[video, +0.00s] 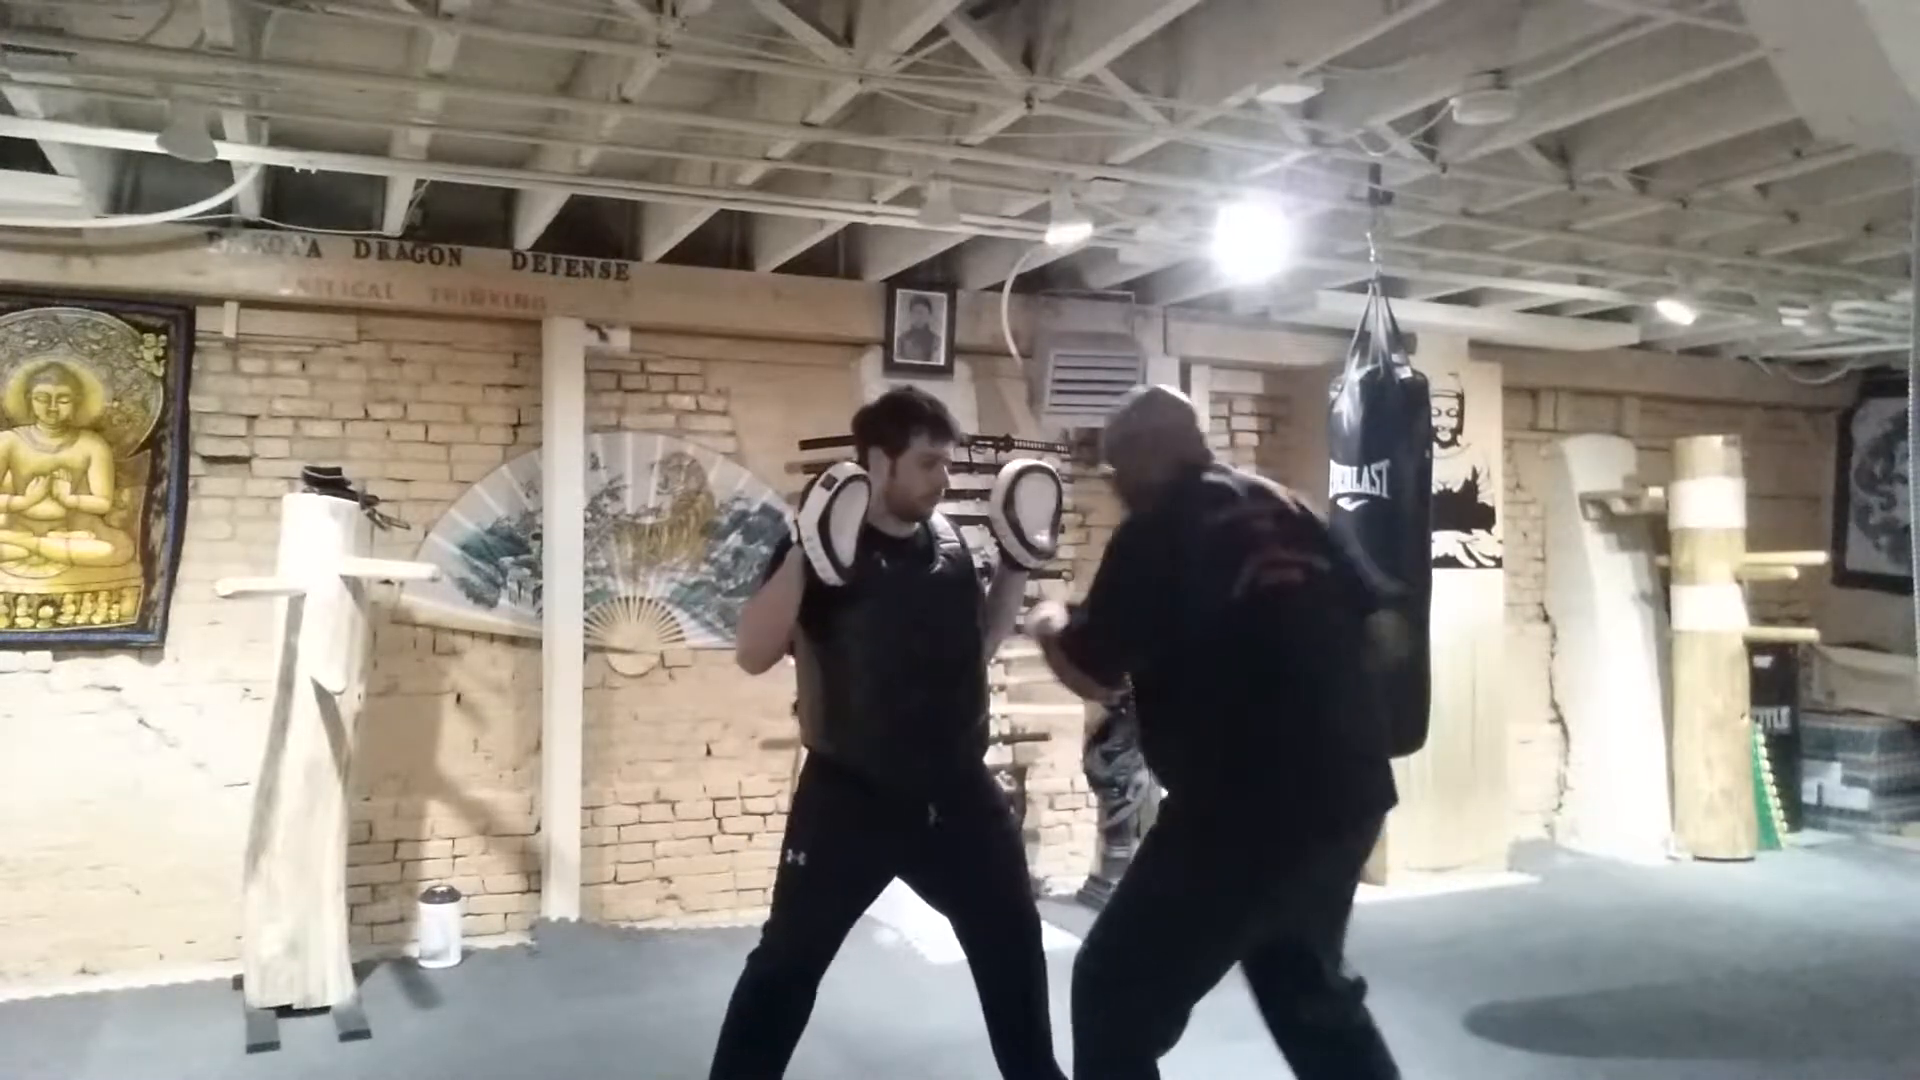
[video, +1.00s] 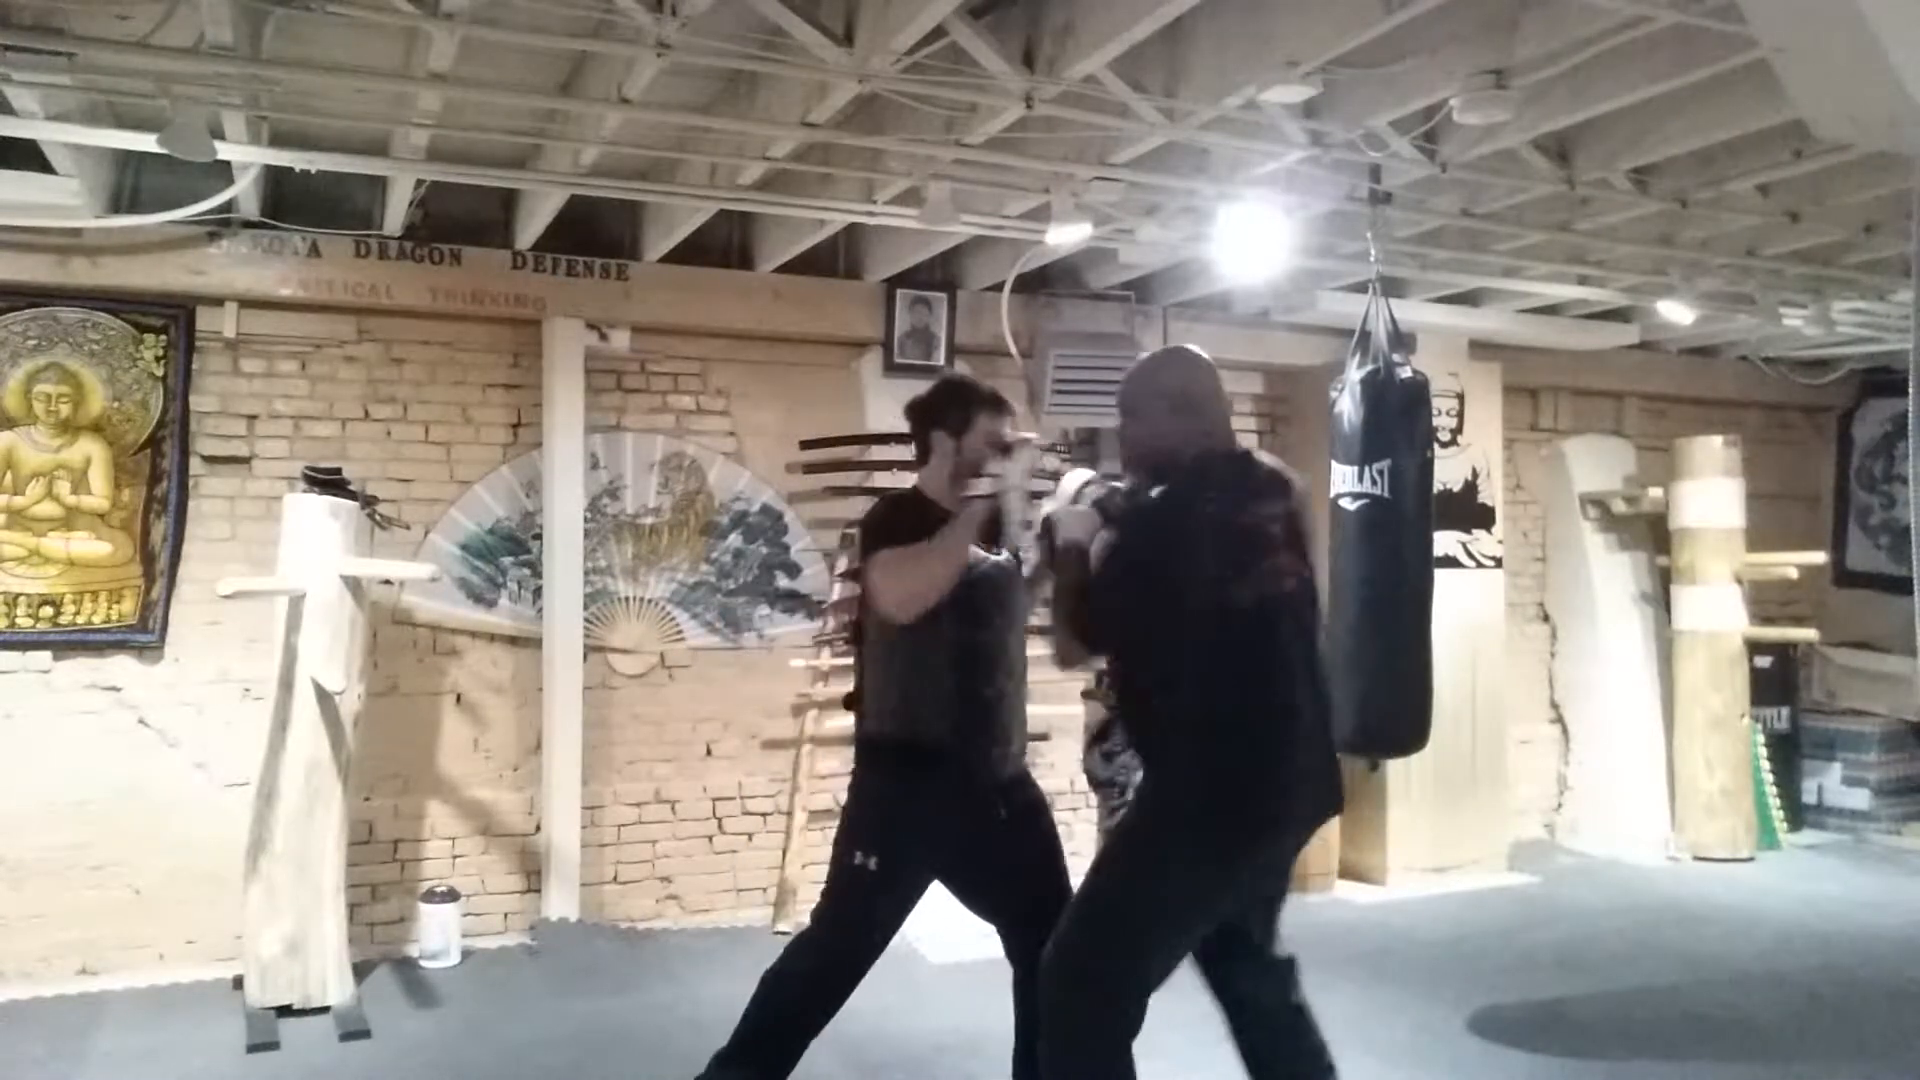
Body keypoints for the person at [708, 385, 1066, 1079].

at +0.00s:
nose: (944, 480)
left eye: (948, 464)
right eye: (931, 463)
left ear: (945, 463)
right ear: (877, 462)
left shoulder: (952, 539)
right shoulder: (815, 545)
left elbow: (977, 645)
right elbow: (753, 652)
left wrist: (1016, 562)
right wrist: (808, 551)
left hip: (954, 794)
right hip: (848, 797)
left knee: (1013, 946)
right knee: (786, 966)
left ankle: (1035, 1077)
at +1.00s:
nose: (1002, 459)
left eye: (1006, 446)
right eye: (992, 443)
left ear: (997, 453)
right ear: (943, 441)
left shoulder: (999, 533)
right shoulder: (897, 517)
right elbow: (898, 596)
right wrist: (980, 505)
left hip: (998, 788)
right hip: (904, 789)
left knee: (1054, 957)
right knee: (830, 959)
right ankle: (732, 1076)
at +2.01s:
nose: (935, 484)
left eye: (939, 467)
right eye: (926, 465)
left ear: (889, 464)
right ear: (874, 459)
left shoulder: (909, 553)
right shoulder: (800, 535)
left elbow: (930, 632)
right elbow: (802, 648)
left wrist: (997, 598)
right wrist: (915, 586)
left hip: (913, 803)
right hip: (813, 805)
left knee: (978, 966)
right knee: (753, 981)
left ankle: (1007, 1079)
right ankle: (687, 1079)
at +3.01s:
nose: (920, 452)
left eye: (921, 438)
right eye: (905, 436)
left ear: (883, 446)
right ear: (855, 440)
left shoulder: (913, 539)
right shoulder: (789, 524)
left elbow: (943, 632)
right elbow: (758, 636)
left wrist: (981, 626)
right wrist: (880, 593)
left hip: (917, 788)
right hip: (810, 793)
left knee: (984, 947)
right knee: (748, 970)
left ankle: (1021, 1069)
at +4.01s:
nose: (1184, 471)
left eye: (1191, 457)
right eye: (1167, 457)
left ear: (1195, 461)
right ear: (1120, 458)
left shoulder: (1211, 555)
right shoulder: (1064, 545)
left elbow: (1262, 649)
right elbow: (1000, 649)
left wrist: (1297, 622)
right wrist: (1091, 676)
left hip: (1188, 793)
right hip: (1080, 795)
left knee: (1245, 961)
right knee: (1057, 955)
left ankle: (1258, 1079)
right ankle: (1010, 1077)